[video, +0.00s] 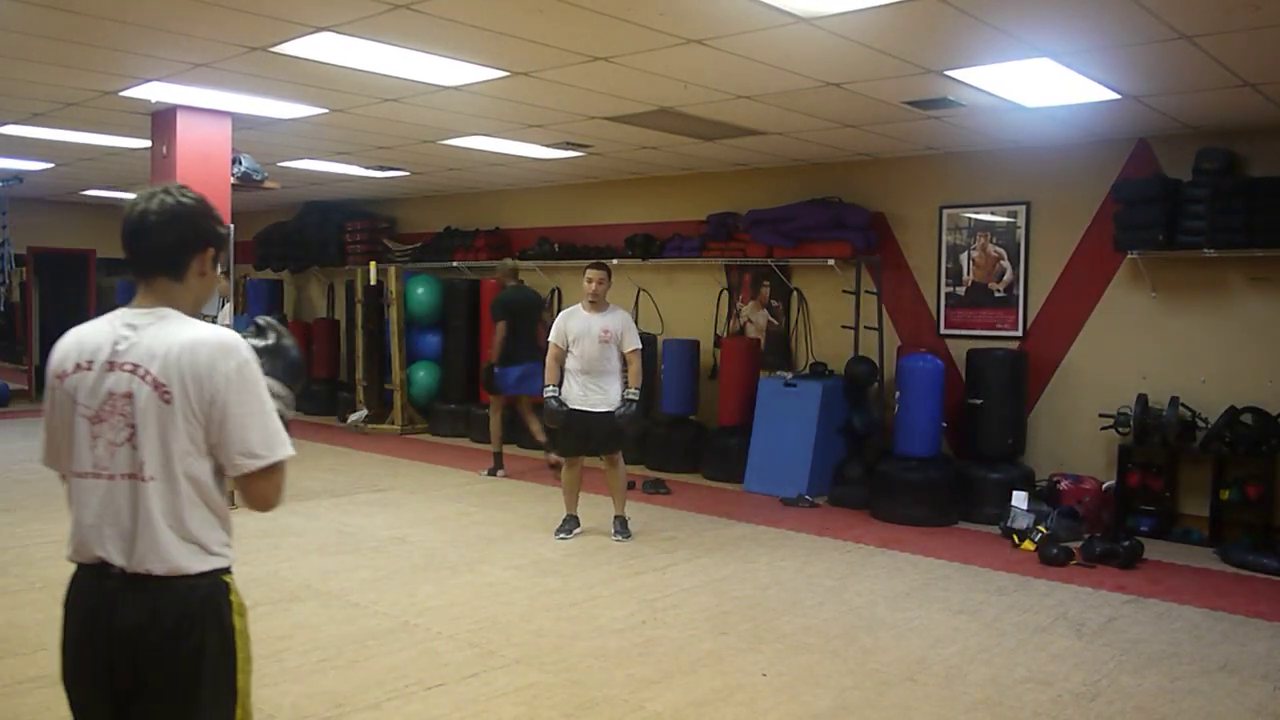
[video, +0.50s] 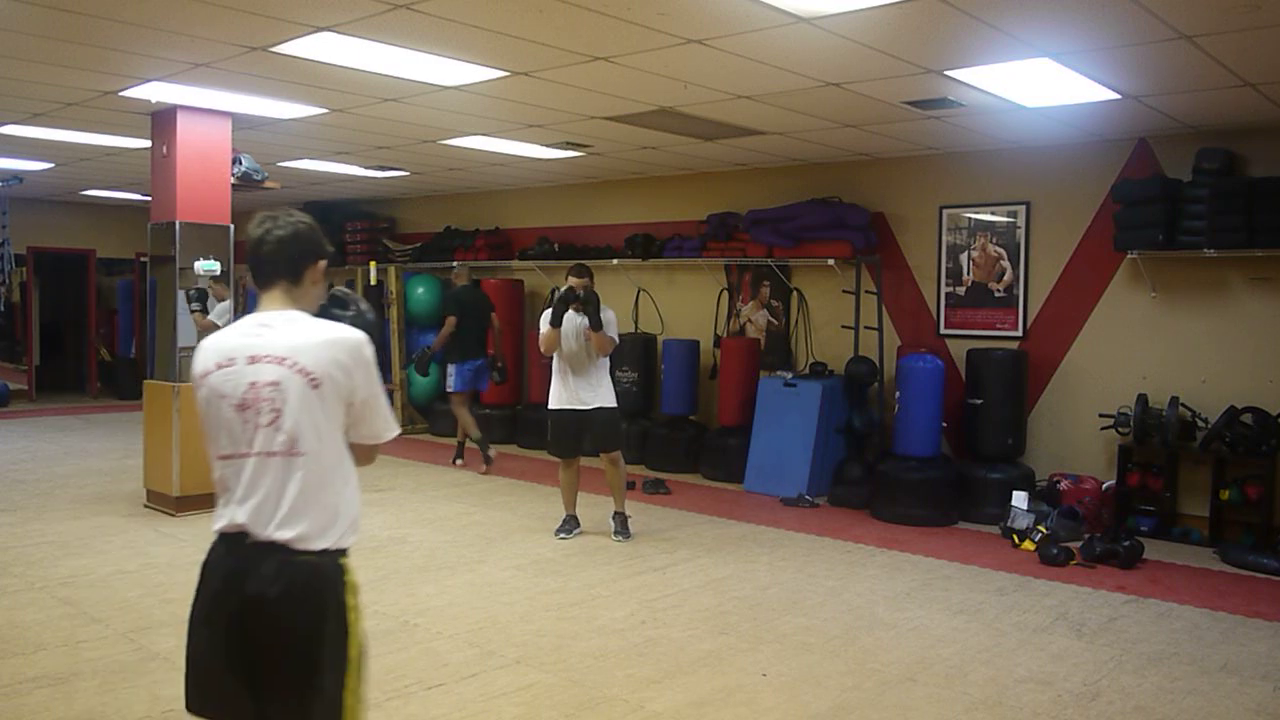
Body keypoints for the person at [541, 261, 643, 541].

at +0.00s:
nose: (594, 287)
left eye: (600, 282)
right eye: (589, 281)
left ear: (608, 286)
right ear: (582, 283)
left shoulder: (621, 319)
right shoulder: (566, 317)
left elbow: (633, 359)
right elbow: (553, 357)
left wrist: (632, 395)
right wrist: (551, 392)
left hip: (610, 406)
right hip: (573, 404)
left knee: (613, 460)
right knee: (571, 461)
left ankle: (620, 517)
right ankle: (570, 516)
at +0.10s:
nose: (590, 287)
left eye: (597, 282)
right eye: (586, 281)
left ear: (605, 286)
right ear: (579, 284)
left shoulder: (619, 319)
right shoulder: (563, 318)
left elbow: (632, 360)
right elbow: (551, 357)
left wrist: (627, 394)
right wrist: (550, 392)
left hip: (607, 406)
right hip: (570, 405)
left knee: (611, 459)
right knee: (569, 461)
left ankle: (619, 517)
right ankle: (570, 516)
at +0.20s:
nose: (586, 288)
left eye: (593, 284)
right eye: (582, 283)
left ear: (602, 287)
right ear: (576, 285)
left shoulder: (616, 318)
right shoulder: (561, 318)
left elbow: (628, 358)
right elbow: (549, 356)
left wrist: (619, 382)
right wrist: (551, 384)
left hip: (606, 405)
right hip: (570, 404)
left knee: (611, 460)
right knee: (569, 461)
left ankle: (620, 517)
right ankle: (570, 517)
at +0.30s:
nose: (582, 291)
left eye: (588, 286)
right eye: (578, 285)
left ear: (598, 288)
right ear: (572, 286)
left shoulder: (612, 317)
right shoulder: (558, 317)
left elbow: (623, 360)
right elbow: (546, 357)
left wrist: (607, 362)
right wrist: (557, 361)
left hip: (604, 404)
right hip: (567, 404)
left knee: (611, 460)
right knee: (569, 461)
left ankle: (620, 517)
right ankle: (571, 517)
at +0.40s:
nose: (579, 294)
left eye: (585, 288)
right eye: (574, 288)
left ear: (595, 288)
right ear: (568, 287)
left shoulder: (608, 316)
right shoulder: (555, 316)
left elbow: (611, 358)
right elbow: (547, 357)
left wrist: (597, 334)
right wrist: (558, 333)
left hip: (602, 401)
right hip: (565, 402)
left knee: (611, 458)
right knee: (568, 461)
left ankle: (620, 516)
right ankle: (570, 517)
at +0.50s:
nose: (577, 294)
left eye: (583, 289)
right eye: (572, 289)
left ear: (592, 287)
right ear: (564, 286)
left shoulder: (605, 314)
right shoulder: (550, 314)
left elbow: (604, 349)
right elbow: (546, 349)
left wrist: (593, 315)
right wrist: (558, 313)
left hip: (600, 399)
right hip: (564, 400)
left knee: (612, 457)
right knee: (567, 461)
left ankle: (620, 515)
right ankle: (570, 516)